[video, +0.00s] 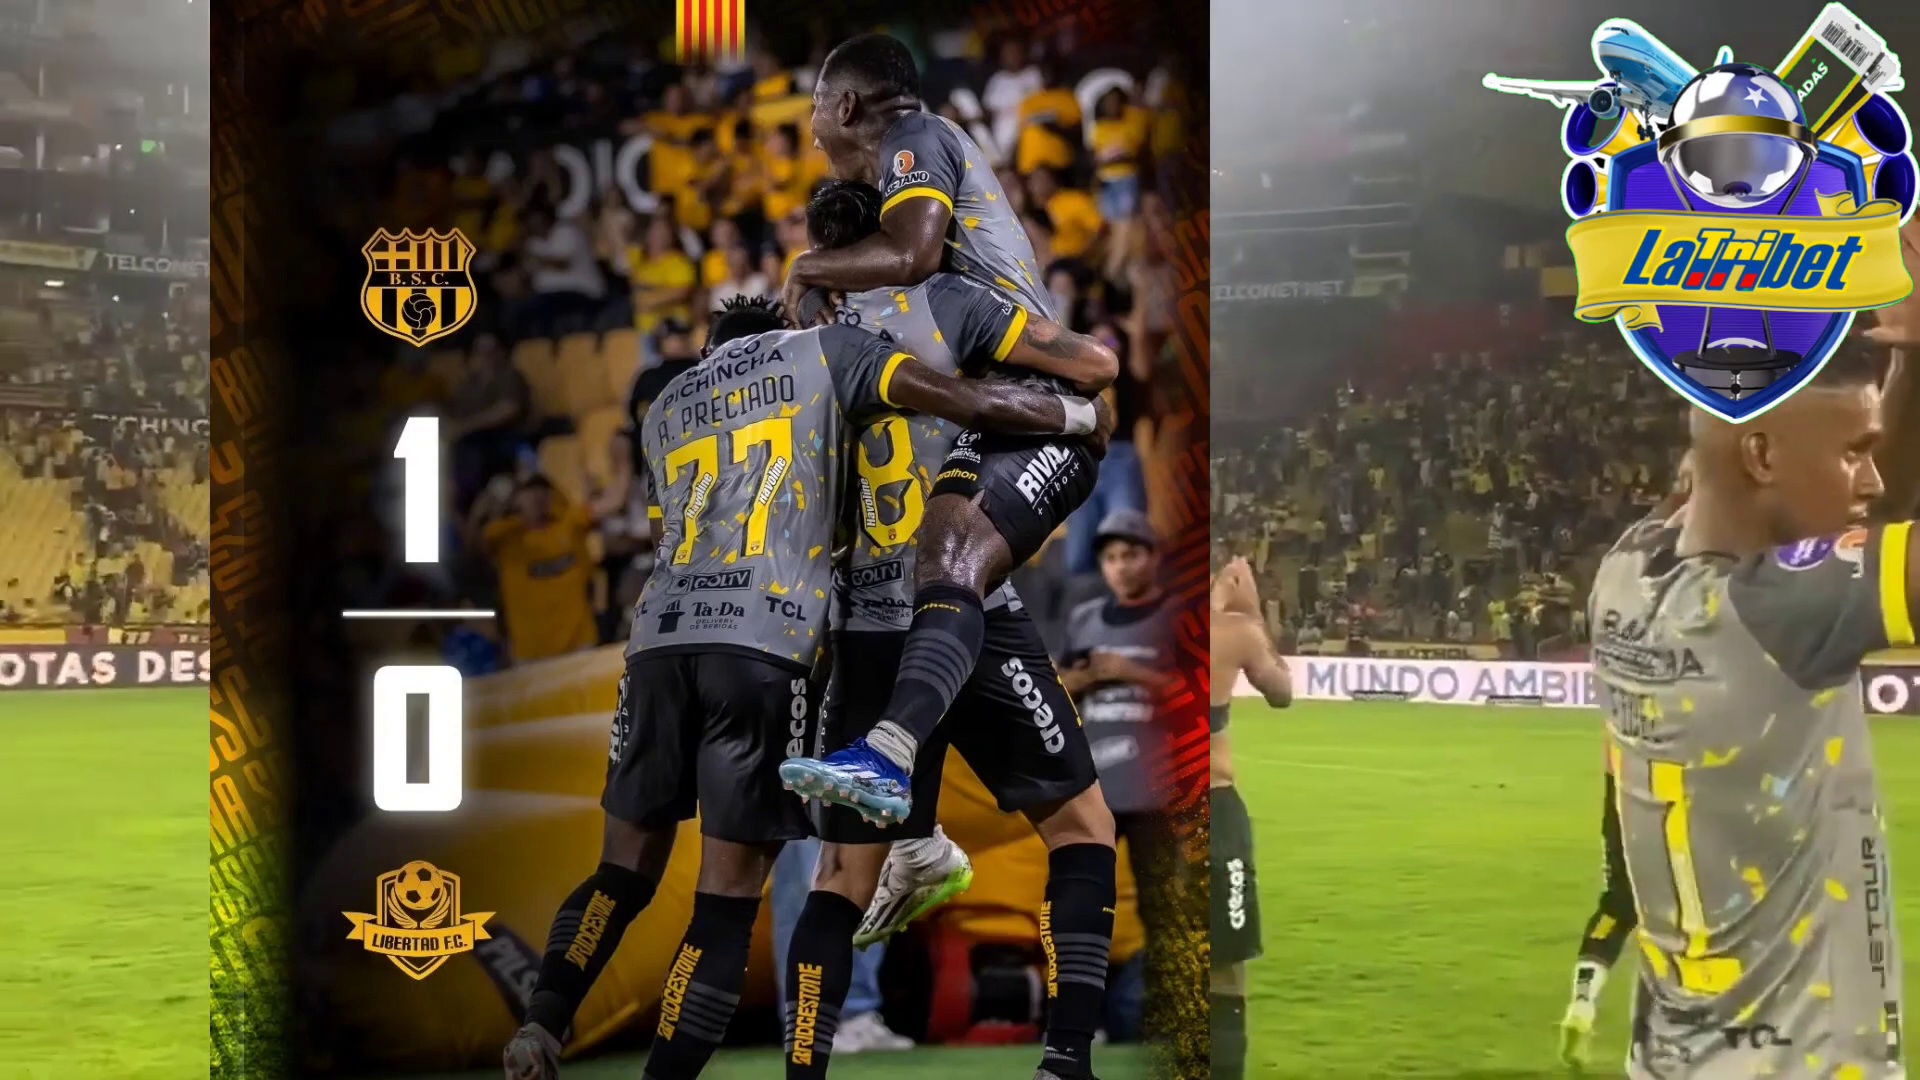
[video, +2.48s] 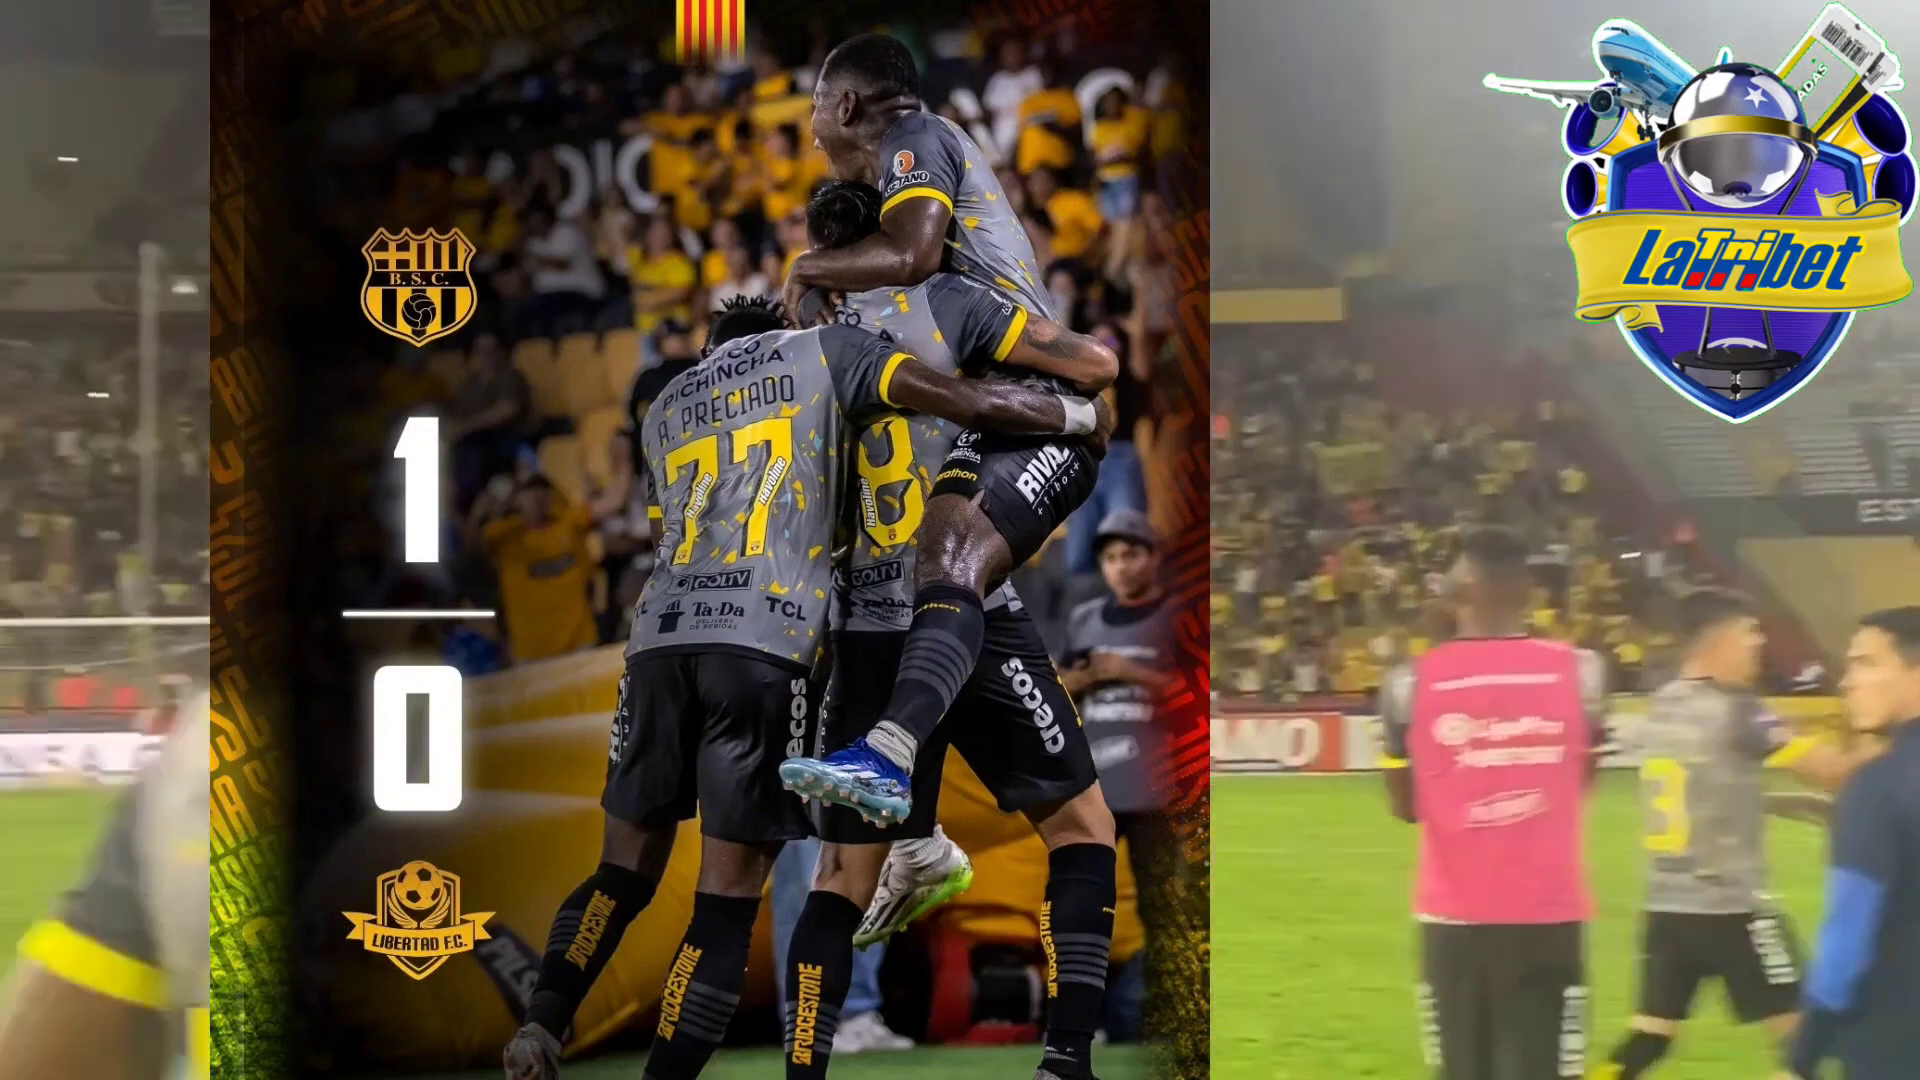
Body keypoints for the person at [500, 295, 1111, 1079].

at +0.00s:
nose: (828, 323)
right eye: (817, 317)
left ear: (710, 344)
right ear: (792, 322)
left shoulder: (662, 405)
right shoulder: (830, 347)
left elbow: (681, 519)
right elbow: (968, 398)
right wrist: (1085, 418)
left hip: (657, 648)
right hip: (762, 648)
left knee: (623, 865)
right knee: (727, 890)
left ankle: (542, 1027)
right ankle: (667, 1076)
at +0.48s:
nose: (824, 324)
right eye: (814, 318)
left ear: (710, 346)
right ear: (794, 323)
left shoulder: (660, 404)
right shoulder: (830, 347)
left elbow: (681, 519)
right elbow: (969, 399)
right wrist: (1086, 417)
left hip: (657, 648)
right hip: (761, 649)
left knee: (623, 865)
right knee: (727, 892)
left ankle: (542, 1027)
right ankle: (667, 1075)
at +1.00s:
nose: (824, 324)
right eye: (814, 318)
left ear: (710, 346)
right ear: (794, 323)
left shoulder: (660, 404)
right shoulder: (830, 347)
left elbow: (681, 519)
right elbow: (969, 399)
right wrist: (1086, 417)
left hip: (657, 648)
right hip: (761, 649)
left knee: (623, 865)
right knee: (727, 892)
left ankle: (542, 1027)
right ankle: (667, 1075)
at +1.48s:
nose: (826, 325)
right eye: (814, 319)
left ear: (709, 346)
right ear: (792, 324)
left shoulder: (660, 405)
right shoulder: (830, 348)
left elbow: (680, 520)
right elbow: (970, 400)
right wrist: (1088, 417)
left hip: (657, 648)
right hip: (762, 649)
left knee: (623, 865)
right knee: (727, 892)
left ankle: (542, 1028)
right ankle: (667, 1075)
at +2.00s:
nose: (824, 325)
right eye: (813, 318)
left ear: (710, 347)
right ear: (793, 324)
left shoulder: (660, 404)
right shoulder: (830, 348)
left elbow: (679, 520)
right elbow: (970, 399)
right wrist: (1086, 418)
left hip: (657, 648)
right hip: (762, 649)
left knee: (623, 865)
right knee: (728, 892)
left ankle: (542, 1027)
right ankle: (666, 1076)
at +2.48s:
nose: (828, 325)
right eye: (816, 318)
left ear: (708, 345)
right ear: (790, 323)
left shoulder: (660, 407)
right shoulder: (830, 348)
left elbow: (679, 522)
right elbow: (973, 400)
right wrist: (1089, 417)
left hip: (657, 648)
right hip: (762, 648)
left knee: (623, 865)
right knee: (728, 892)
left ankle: (542, 1027)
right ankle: (667, 1075)